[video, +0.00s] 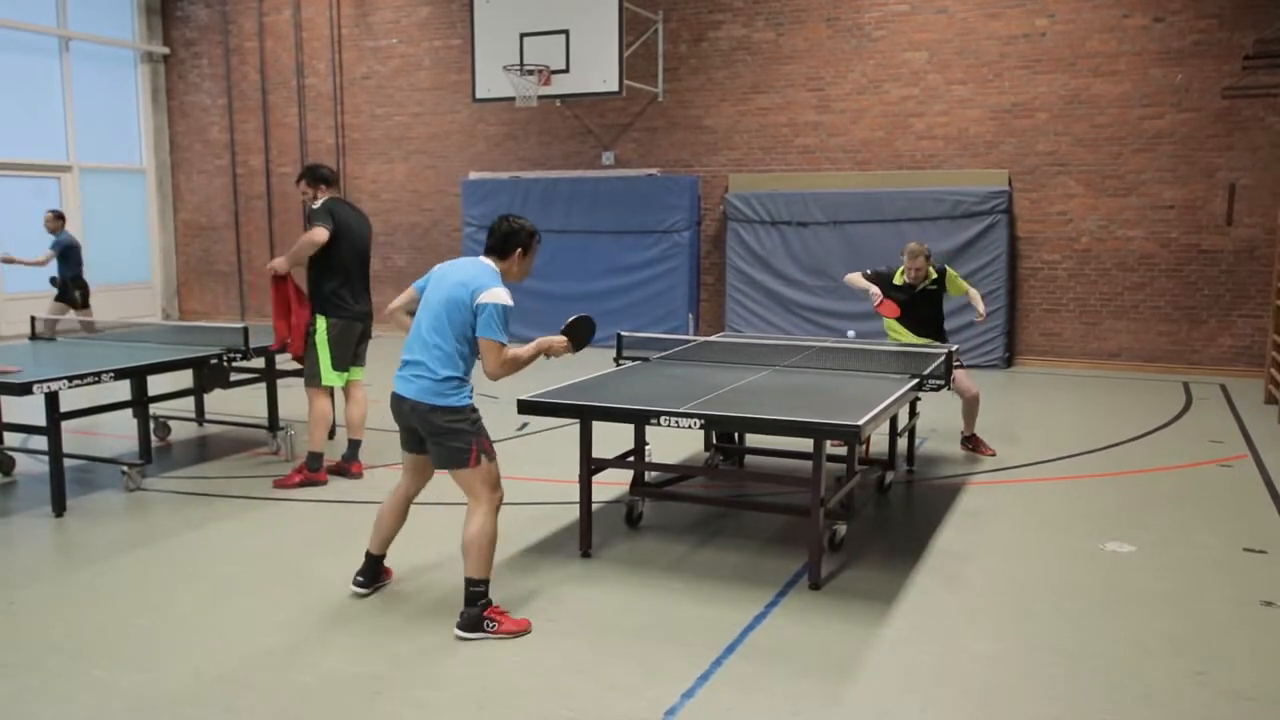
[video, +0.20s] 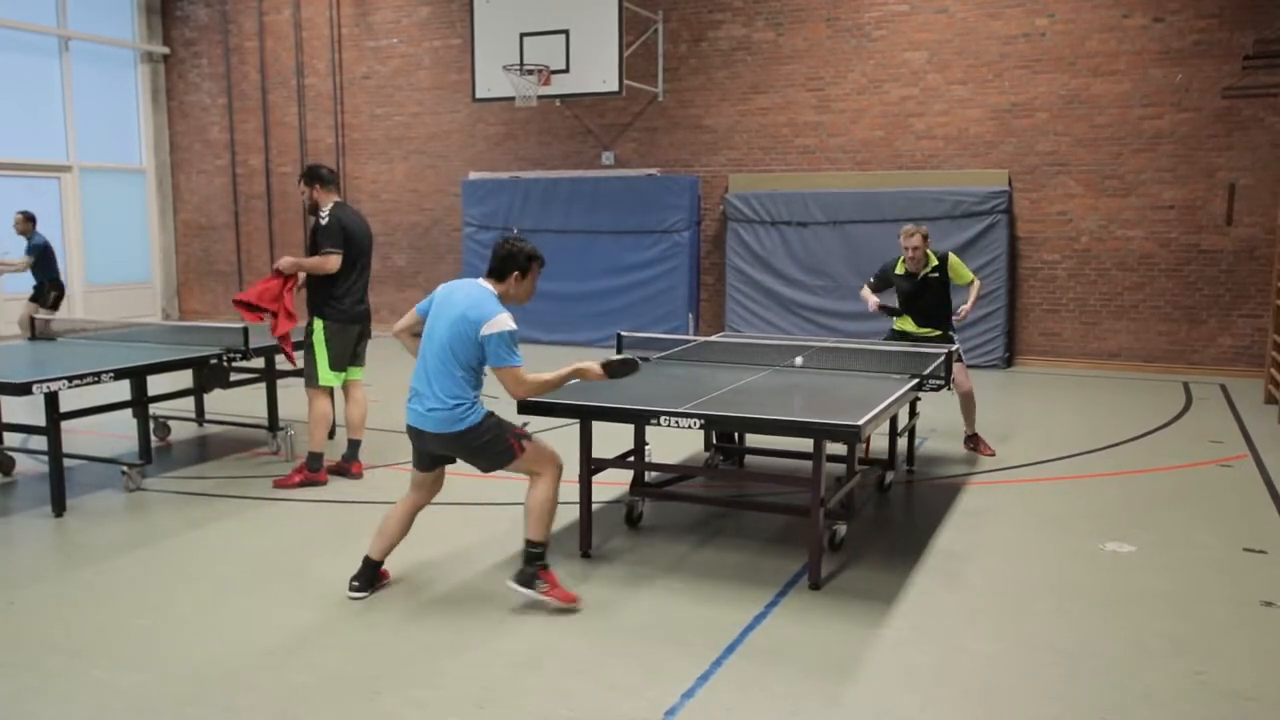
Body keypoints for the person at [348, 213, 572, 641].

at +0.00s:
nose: (532, 266)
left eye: (533, 258)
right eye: (531, 257)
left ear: (492, 250)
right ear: (517, 254)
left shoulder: (446, 268)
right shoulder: (492, 287)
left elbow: (396, 310)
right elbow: (497, 367)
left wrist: (438, 337)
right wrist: (540, 347)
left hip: (407, 396)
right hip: (445, 403)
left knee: (411, 480)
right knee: (486, 496)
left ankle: (369, 571)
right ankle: (476, 610)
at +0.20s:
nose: (533, 290)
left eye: (535, 281)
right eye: (533, 281)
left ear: (497, 272)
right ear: (515, 277)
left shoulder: (450, 289)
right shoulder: (496, 318)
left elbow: (403, 329)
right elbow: (520, 388)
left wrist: (439, 362)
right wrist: (575, 371)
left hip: (420, 420)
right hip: (461, 422)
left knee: (421, 490)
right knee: (547, 464)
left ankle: (366, 573)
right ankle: (534, 569)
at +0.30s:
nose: (565, 288)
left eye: (566, 280)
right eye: (564, 280)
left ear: (533, 272)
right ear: (543, 276)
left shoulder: (475, 283)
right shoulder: (525, 314)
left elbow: (425, 312)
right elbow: (559, 384)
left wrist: (453, 351)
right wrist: (618, 374)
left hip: (443, 413)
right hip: (487, 417)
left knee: (422, 491)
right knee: (561, 471)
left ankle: (366, 573)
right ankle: (600, 562)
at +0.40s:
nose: (603, 293)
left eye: (605, 285)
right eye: (603, 284)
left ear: (573, 273)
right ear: (583, 279)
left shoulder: (515, 280)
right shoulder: (572, 323)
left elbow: (456, 302)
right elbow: (612, 385)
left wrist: (476, 355)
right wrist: (670, 374)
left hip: (475, 409)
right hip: (523, 417)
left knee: (433, 492)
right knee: (585, 478)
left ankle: (374, 572)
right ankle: (623, 563)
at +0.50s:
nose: (638, 306)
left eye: (640, 299)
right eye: (638, 298)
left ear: (604, 286)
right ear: (619, 295)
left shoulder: (551, 294)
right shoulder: (614, 337)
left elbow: (488, 314)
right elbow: (654, 386)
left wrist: (491, 368)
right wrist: (708, 375)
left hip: (504, 420)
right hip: (553, 430)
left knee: (453, 500)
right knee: (617, 466)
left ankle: (391, 574)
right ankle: (629, 563)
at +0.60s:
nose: (655, 308)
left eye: (655, 301)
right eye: (655, 302)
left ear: (616, 289)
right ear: (644, 301)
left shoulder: (572, 300)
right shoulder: (635, 346)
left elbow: (514, 327)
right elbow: (665, 384)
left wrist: (505, 381)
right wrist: (712, 365)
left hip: (526, 427)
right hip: (578, 438)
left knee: (480, 499)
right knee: (634, 464)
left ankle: (422, 578)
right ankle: (629, 562)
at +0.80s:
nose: (640, 274)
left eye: (639, 267)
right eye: (640, 268)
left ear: (600, 264)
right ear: (634, 271)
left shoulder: (557, 286)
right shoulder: (636, 324)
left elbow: (515, 332)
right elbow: (643, 391)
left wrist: (513, 386)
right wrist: (681, 364)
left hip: (537, 426)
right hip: (592, 431)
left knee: (520, 501)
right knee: (628, 471)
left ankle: (509, 587)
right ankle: (630, 563)